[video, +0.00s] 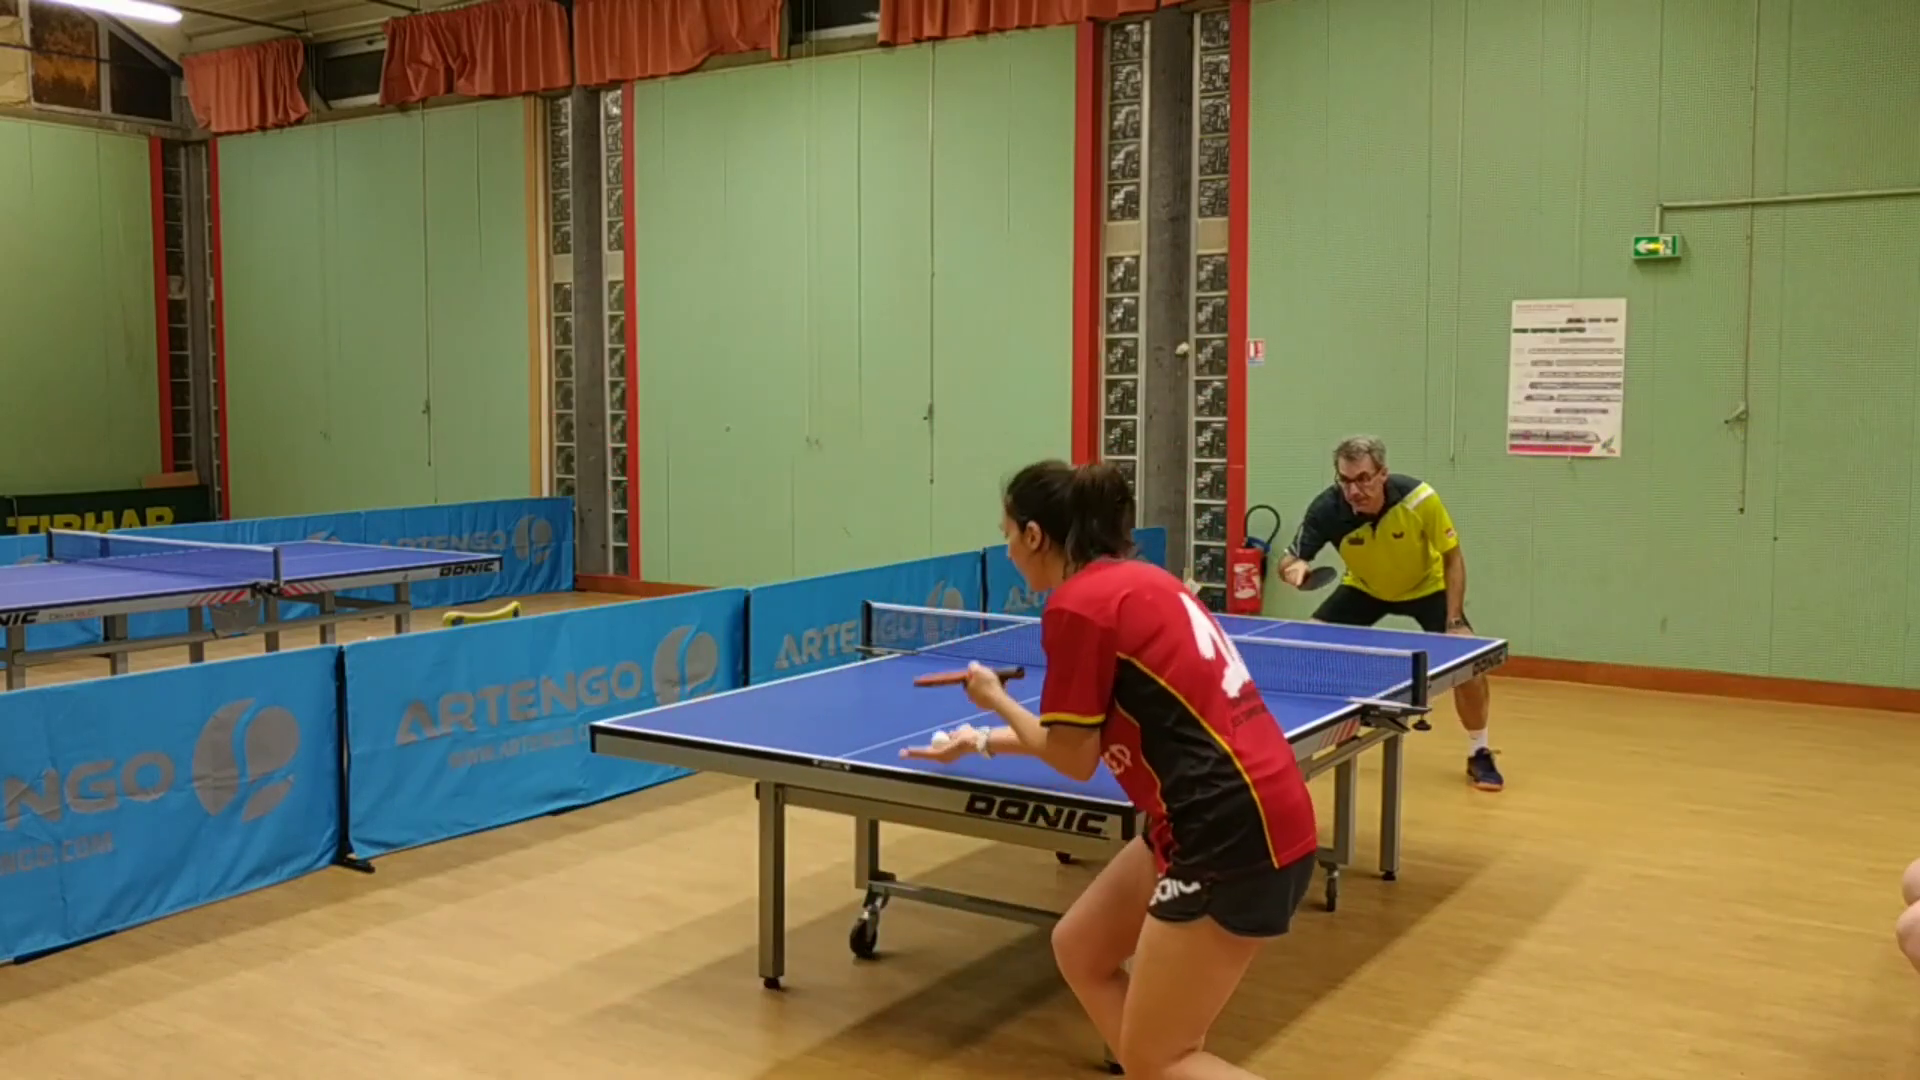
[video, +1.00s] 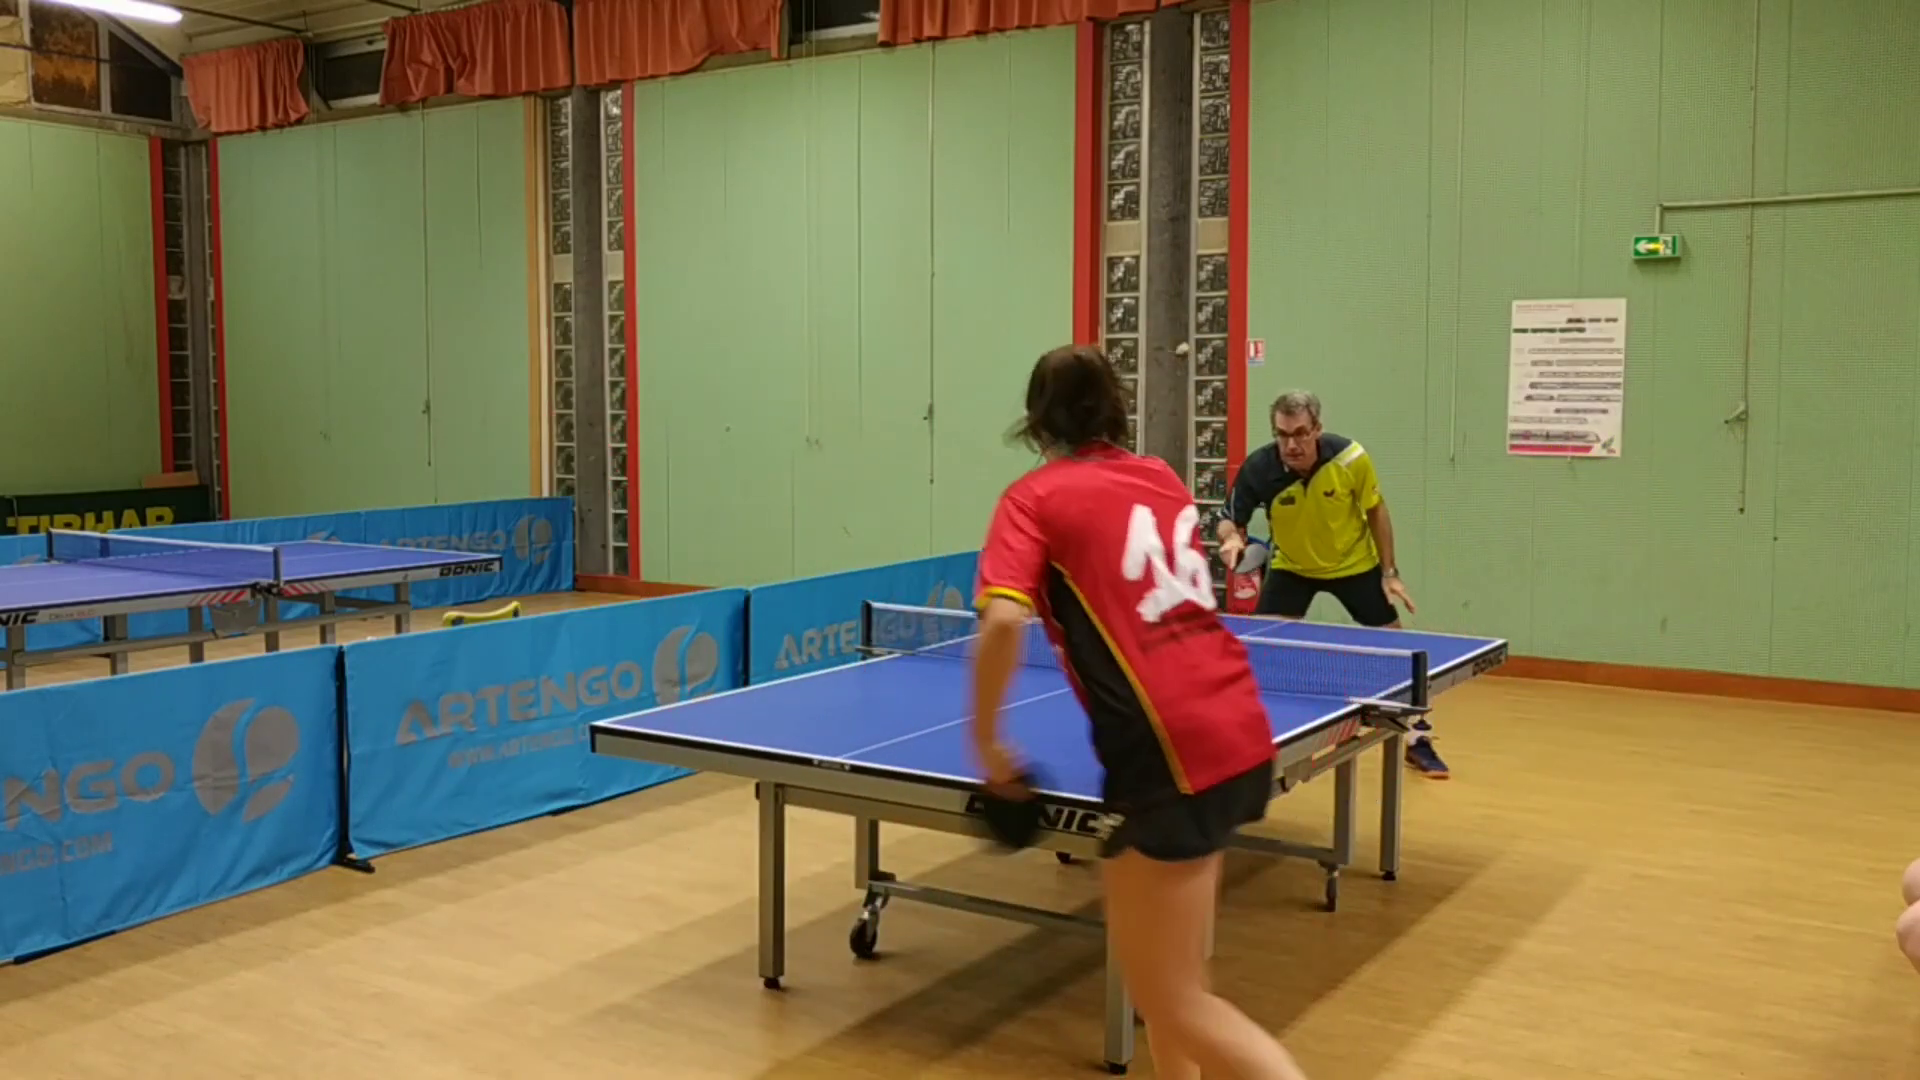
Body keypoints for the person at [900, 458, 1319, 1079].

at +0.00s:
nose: (1009, 551)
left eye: (1008, 535)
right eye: (1007, 535)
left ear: (1035, 536)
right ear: (1089, 527)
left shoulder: (1078, 605)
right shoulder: (1144, 581)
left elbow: (1074, 760)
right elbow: (1099, 733)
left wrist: (997, 701)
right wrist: (984, 740)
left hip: (1238, 840)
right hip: (1198, 823)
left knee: (1158, 1057)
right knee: (1081, 947)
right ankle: (1145, 1067)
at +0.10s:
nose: (1023, 523)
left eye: (1024, 506)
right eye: (1022, 507)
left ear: (1052, 512)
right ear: (1104, 504)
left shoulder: (1094, 587)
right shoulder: (1158, 562)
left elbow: (1084, 742)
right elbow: (1114, 694)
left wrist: (1010, 683)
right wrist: (995, 669)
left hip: (1245, 828)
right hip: (1209, 810)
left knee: (1168, 1054)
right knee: (1093, 941)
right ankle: (1154, 1069)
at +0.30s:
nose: (1061, 462)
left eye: (1066, 448)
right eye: (1063, 447)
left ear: (1094, 459)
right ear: (1147, 455)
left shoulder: (1136, 544)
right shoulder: (1207, 519)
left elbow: (1118, 705)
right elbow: (1124, 613)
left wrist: (1017, 680)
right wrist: (1021, 551)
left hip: (1269, 802)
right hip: (1238, 786)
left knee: (1221, 1039)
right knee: (1130, 932)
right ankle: (1176, 1072)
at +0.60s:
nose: (1081, 423)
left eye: (1084, 407)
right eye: (1080, 408)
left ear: (1118, 417)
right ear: (1163, 413)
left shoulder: (1167, 497)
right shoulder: (1235, 471)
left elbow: (1143, 620)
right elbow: (1228, 552)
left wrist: (986, 616)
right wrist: (1130, 520)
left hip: (1306, 760)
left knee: (1293, 1022)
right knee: (1164, 895)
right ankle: (1293, 1051)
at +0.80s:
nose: (1041, 465)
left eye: (1043, 446)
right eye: (1039, 448)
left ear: (1077, 441)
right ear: (1112, 434)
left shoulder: (1118, 507)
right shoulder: (1206, 486)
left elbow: (1160, 617)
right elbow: (1238, 570)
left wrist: (1052, 665)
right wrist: (1126, 563)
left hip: (1273, 769)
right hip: (1317, 738)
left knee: (1288, 1026)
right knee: (1159, 899)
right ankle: (1244, 1067)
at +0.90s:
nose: (1028, 457)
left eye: (1026, 442)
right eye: (1025, 443)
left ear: (1043, 440)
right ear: (1119, 428)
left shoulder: (1074, 506)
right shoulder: (1183, 485)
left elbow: (1088, 636)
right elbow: (1234, 601)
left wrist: (1081, 707)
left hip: (1228, 775)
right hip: (1284, 753)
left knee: (1266, 1021)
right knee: (1162, 923)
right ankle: (1189, 1073)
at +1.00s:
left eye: (1037, 410)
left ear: (1039, 418)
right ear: (1117, 409)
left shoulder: (1034, 498)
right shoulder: (1159, 476)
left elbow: (1005, 621)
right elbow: (1197, 596)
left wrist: (988, 741)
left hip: (1170, 768)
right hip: (1243, 746)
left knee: (1175, 1006)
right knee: (1172, 985)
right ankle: (1176, 1067)